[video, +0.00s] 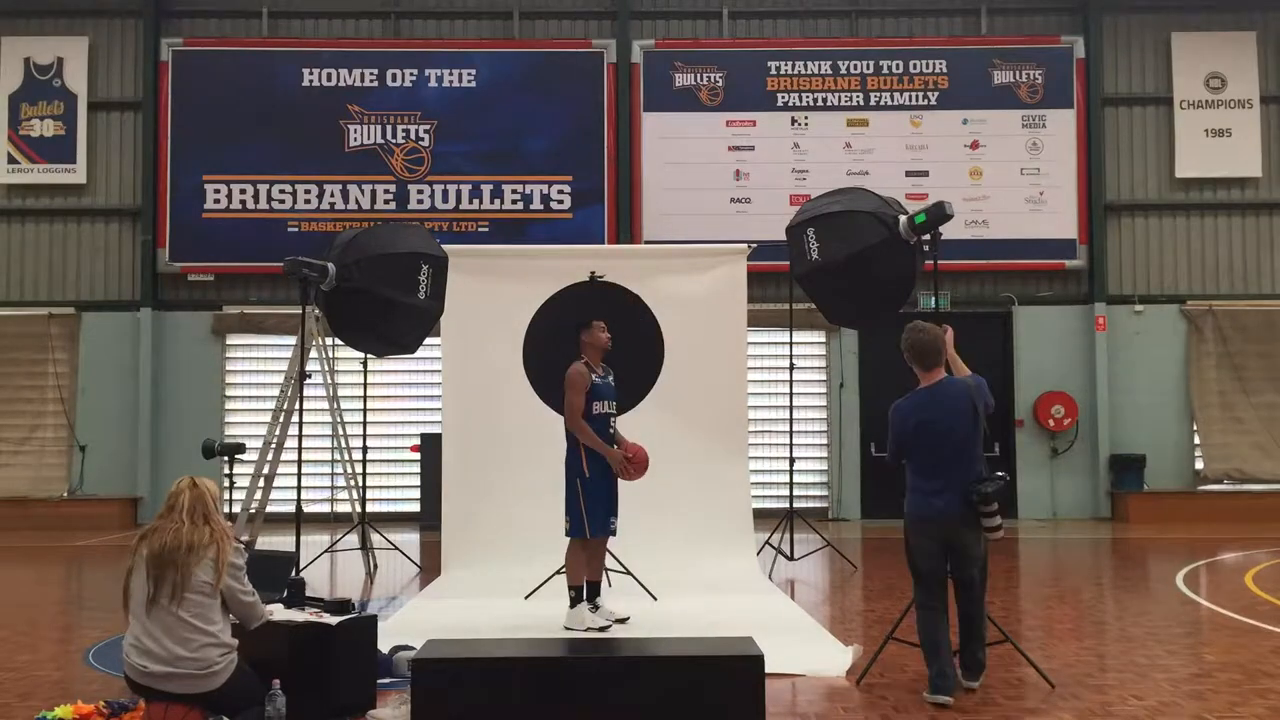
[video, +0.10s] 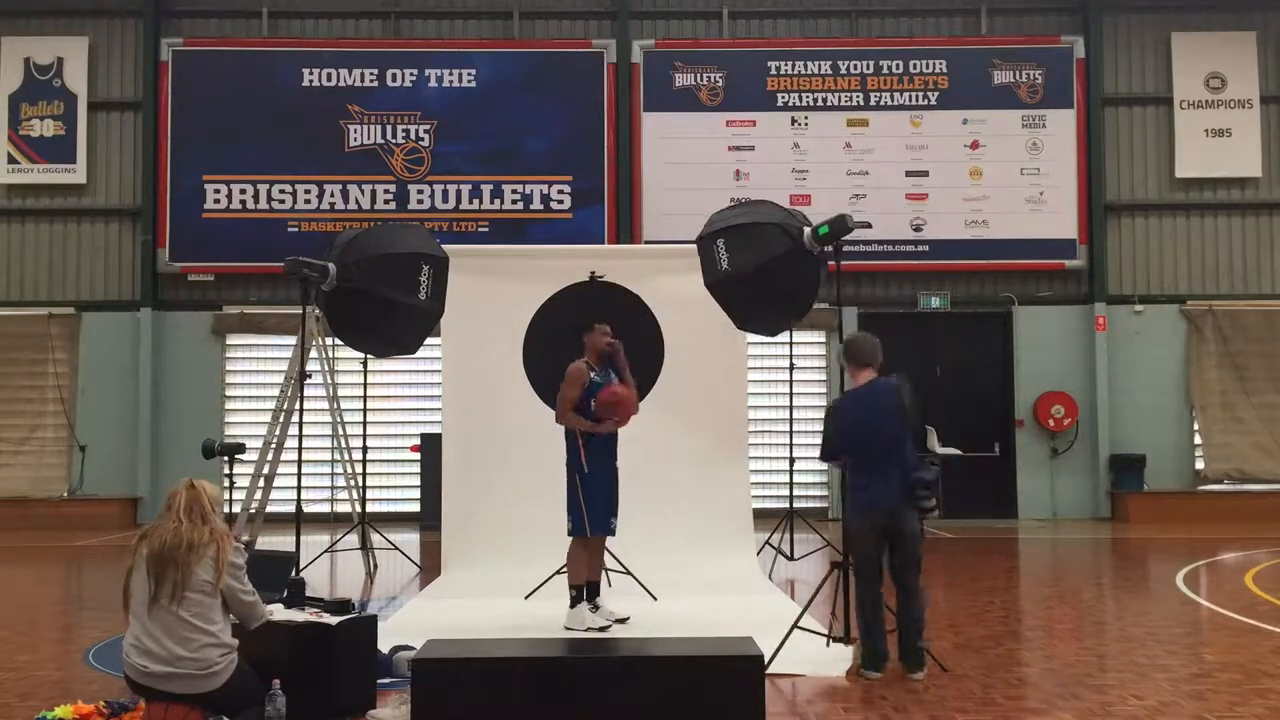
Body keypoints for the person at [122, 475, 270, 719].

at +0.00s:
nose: (222, 513)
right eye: (219, 506)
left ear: (171, 505)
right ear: (212, 508)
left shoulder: (144, 542)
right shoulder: (222, 547)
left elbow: (134, 606)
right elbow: (252, 616)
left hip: (141, 678)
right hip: (205, 680)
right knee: (255, 703)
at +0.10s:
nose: (222, 515)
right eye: (220, 509)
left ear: (171, 507)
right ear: (212, 510)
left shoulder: (146, 540)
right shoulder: (223, 546)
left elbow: (134, 602)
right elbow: (252, 615)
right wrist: (261, 613)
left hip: (141, 678)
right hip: (205, 680)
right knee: (255, 702)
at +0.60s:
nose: (227, 519)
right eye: (224, 513)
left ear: (177, 509)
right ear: (219, 515)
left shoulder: (141, 541)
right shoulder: (226, 550)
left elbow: (129, 609)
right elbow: (236, 624)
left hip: (140, 679)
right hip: (205, 682)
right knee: (253, 703)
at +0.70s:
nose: (226, 516)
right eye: (223, 510)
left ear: (175, 508)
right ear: (217, 513)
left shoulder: (141, 541)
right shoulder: (226, 550)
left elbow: (130, 609)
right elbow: (236, 625)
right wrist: (241, 586)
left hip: (141, 679)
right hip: (206, 683)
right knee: (254, 704)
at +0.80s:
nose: (231, 521)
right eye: (229, 514)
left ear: (182, 508)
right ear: (222, 516)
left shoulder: (143, 541)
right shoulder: (226, 552)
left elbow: (131, 610)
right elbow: (235, 627)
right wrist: (246, 586)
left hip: (140, 678)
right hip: (205, 683)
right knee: (254, 703)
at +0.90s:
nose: (233, 524)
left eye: (233, 517)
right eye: (232, 517)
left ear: (185, 508)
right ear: (225, 517)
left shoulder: (143, 541)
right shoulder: (227, 553)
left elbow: (131, 609)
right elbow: (235, 627)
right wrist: (246, 589)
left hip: (140, 678)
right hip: (205, 683)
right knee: (254, 703)